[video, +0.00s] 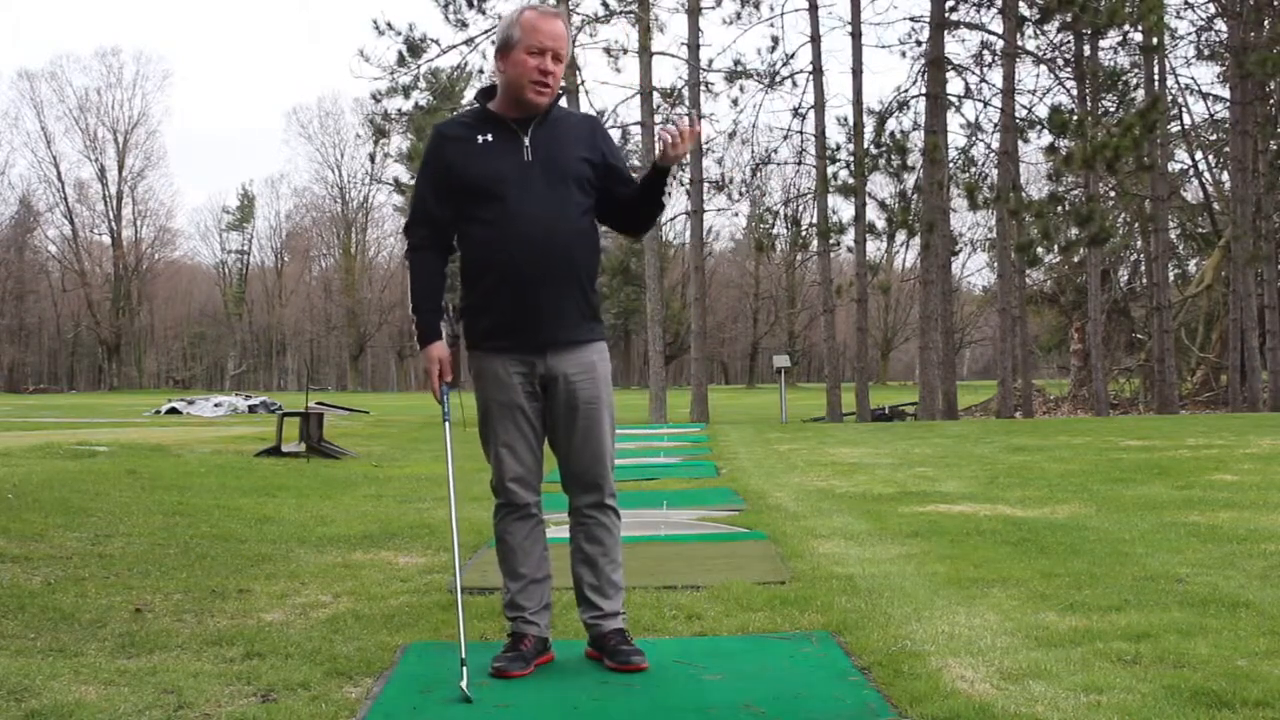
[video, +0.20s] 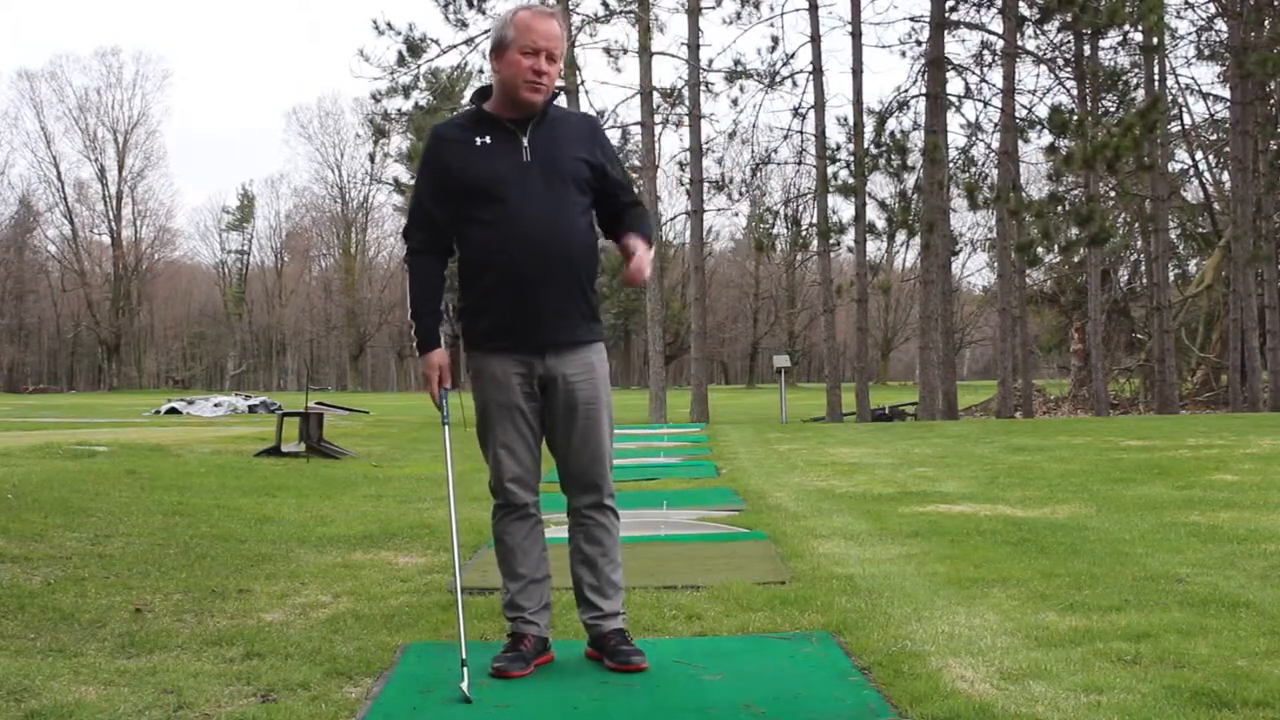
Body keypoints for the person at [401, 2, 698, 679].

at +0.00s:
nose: (549, 69)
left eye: (559, 59)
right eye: (537, 54)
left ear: (566, 68)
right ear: (501, 57)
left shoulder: (585, 135)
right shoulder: (454, 139)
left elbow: (631, 218)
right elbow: (427, 239)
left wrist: (660, 166)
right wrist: (430, 333)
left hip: (578, 341)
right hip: (497, 346)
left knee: (594, 493)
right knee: (515, 496)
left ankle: (608, 627)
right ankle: (527, 631)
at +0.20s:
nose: (544, 68)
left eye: (554, 58)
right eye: (531, 55)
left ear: (563, 66)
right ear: (496, 59)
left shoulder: (582, 132)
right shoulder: (451, 141)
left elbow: (622, 206)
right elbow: (426, 246)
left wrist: (637, 240)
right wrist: (430, 339)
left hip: (577, 341)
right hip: (494, 346)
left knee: (594, 493)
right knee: (514, 496)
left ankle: (608, 628)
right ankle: (527, 631)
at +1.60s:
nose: (554, 59)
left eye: (567, 50)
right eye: (542, 46)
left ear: (581, 65)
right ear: (515, 54)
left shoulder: (607, 135)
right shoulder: (471, 137)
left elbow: (680, 191)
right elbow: (438, 237)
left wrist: (660, 154)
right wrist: (443, 334)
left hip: (595, 341)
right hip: (513, 346)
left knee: (620, 489)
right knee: (523, 495)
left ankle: (643, 629)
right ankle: (529, 632)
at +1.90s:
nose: (597, 57)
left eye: (611, 50)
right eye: (587, 43)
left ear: (623, 66)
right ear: (559, 50)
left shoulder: (649, 137)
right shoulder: (510, 132)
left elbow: (720, 181)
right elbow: (473, 234)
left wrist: (741, 140)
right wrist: (476, 328)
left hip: (629, 344)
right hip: (545, 345)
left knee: (636, 494)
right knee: (539, 495)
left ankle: (644, 628)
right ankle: (530, 630)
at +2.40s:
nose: (643, 56)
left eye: (658, 48)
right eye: (634, 44)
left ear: (676, 65)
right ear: (611, 53)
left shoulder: (701, 140)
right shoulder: (564, 129)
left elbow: (776, 179)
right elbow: (523, 227)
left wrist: (840, 149)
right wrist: (515, 319)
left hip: (666, 347)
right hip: (583, 343)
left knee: (655, 496)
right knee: (566, 494)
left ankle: (645, 629)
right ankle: (553, 632)